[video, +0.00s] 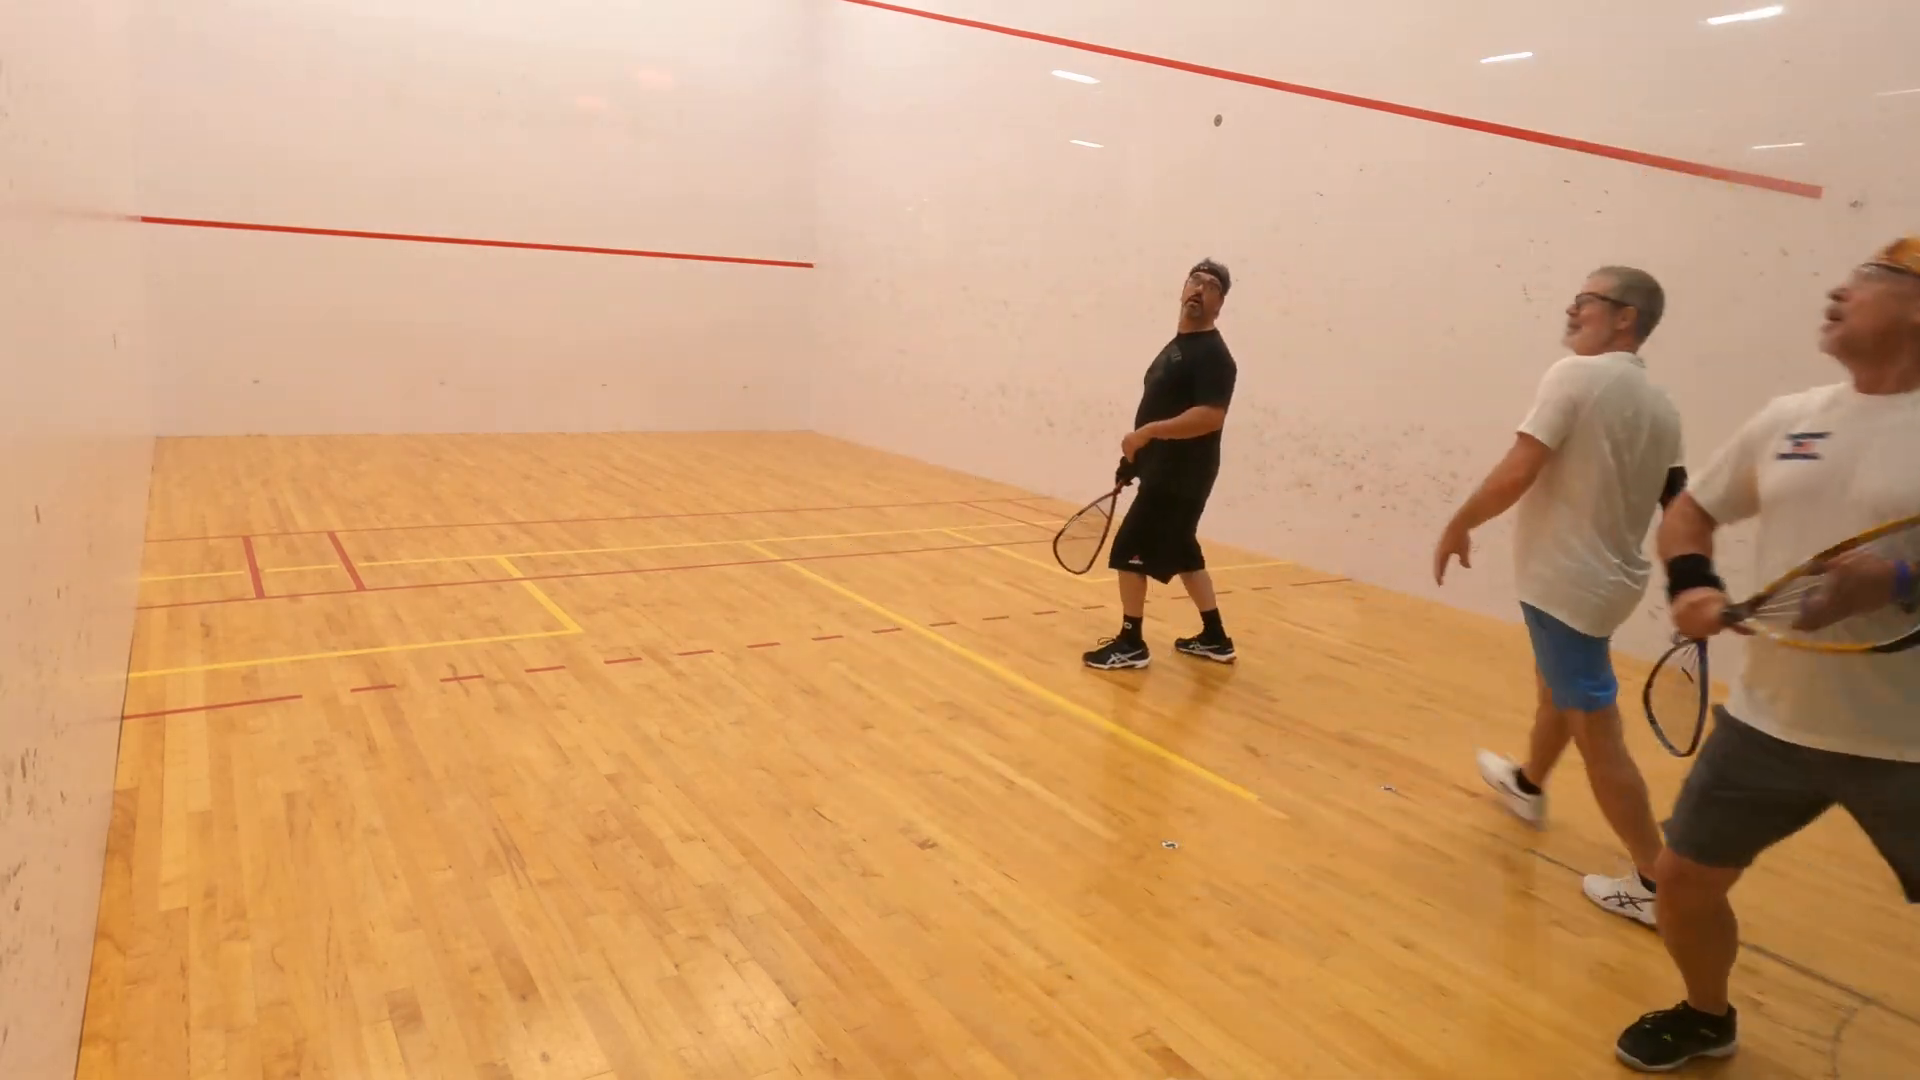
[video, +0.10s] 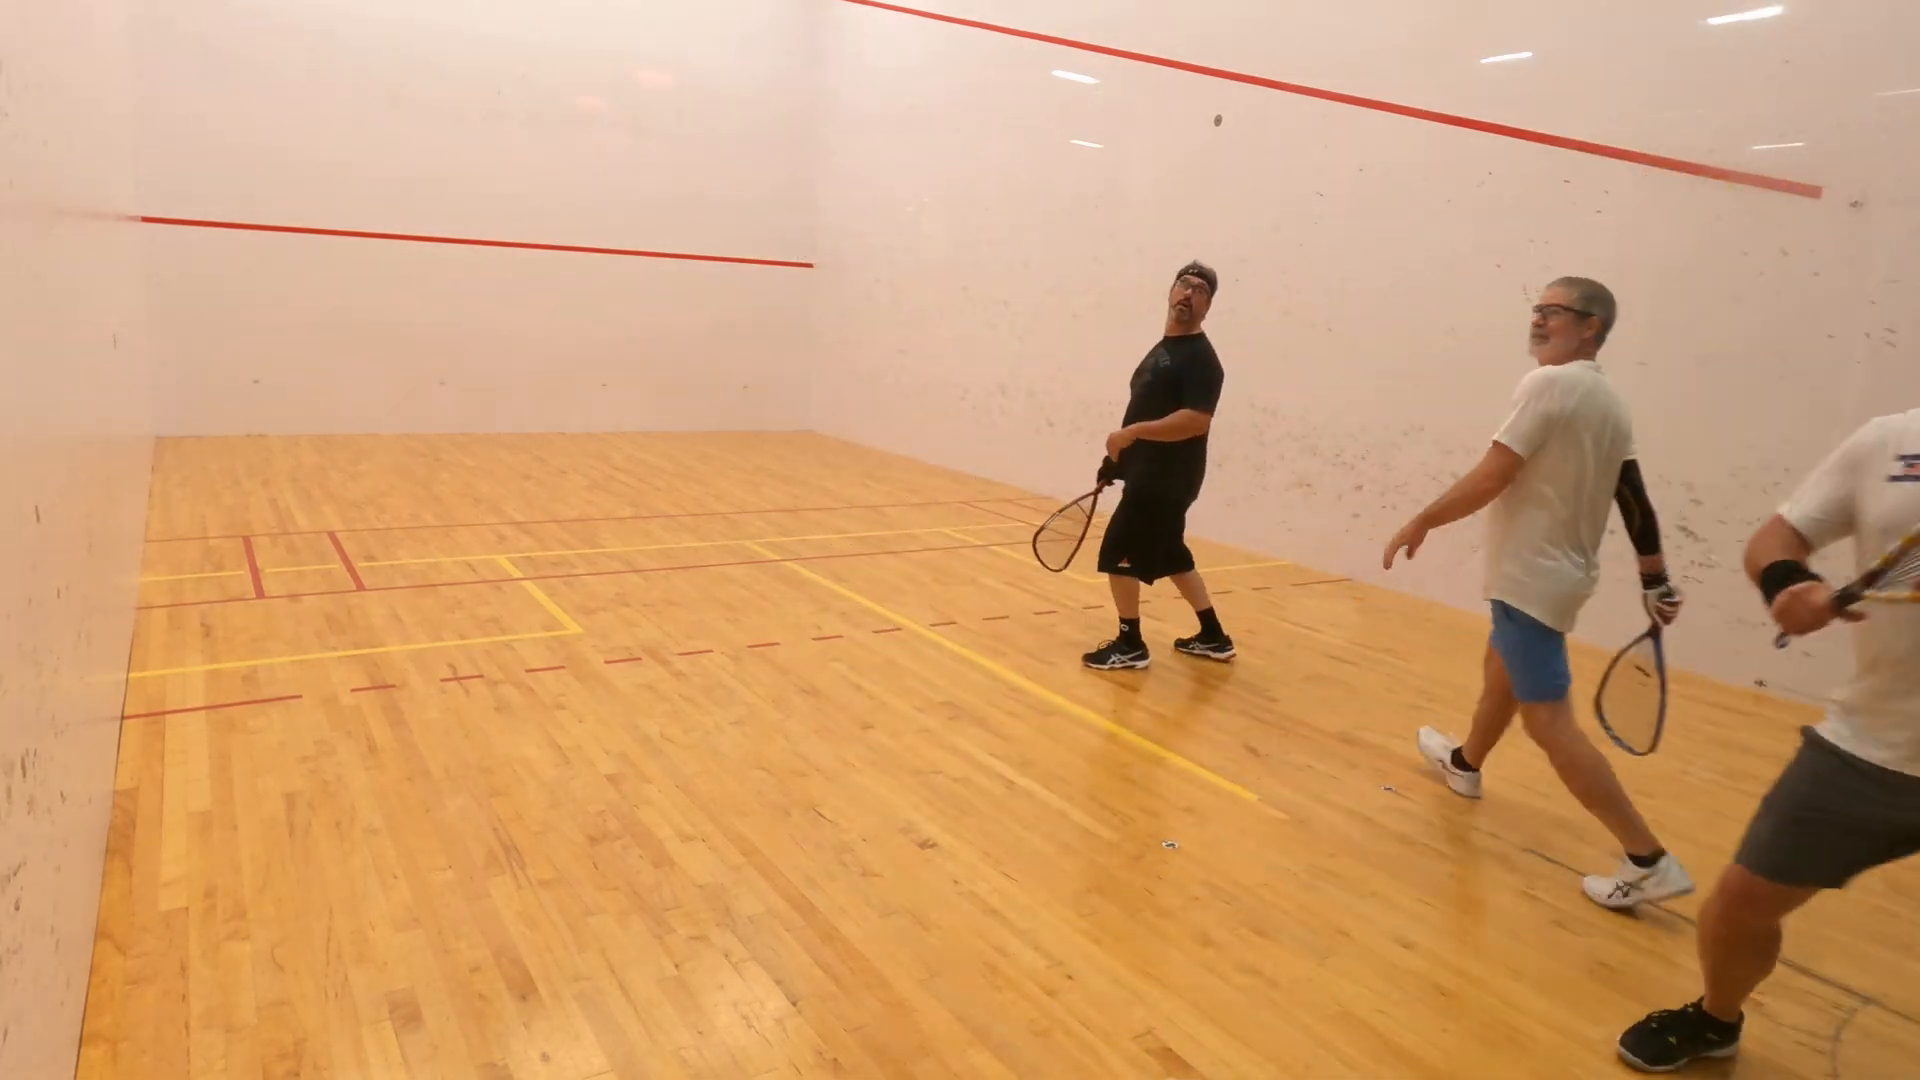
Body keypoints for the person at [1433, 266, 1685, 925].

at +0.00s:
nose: (1571, 312)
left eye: (1587, 302)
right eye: (1575, 300)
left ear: (1626, 318)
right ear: (1630, 321)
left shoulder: (1575, 377)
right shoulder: (1661, 404)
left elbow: (1518, 471)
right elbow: (1677, 506)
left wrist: (1460, 523)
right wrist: (1694, 587)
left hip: (1559, 583)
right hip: (1617, 585)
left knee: (1600, 737)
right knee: (1557, 686)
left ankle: (1655, 881)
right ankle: (1529, 784)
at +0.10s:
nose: (1534, 323)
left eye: (1548, 314)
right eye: (1536, 312)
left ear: (1590, 328)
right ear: (1588, 331)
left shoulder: (1547, 387)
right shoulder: (1610, 403)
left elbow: (1491, 477)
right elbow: (1633, 499)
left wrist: (1424, 521)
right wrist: (1656, 575)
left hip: (1527, 583)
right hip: (1566, 583)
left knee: (1554, 729)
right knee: (1502, 664)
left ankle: (1651, 861)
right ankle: (1465, 763)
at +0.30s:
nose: (1476, 310)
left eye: (1489, 303)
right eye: (1475, 302)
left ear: (1525, 315)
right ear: (1522, 321)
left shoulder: (1495, 367)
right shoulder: (1529, 375)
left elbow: (1452, 458)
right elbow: (1531, 480)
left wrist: (1397, 506)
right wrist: (1499, 534)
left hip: (1457, 544)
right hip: (1493, 544)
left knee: (1389, 657)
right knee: (1449, 644)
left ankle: (1498, 753)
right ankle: (1458, 757)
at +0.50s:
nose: (1407, 307)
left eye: (1418, 299)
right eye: (1408, 298)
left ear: (1453, 309)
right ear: (1453, 312)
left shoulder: (1417, 356)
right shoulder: (1466, 371)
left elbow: (1380, 440)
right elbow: (1434, 460)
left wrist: (1335, 496)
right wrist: (1364, 508)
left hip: (1391, 530)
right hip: (1436, 534)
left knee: (1311, 622)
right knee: (1428, 639)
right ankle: (1457, 756)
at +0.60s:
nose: (1362, 317)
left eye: (1373, 308)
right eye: (1365, 308)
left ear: (1405, 318)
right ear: (1408, 321)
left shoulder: (1362, 366)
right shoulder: (1431, 386)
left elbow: (1323, 451)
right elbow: (1402, 474)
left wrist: (1291, 506)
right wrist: (1333, 517)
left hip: (1350, 538)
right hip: (1403, 544)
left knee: (1267, 616)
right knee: (1412, 643)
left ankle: (1219, 711)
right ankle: (1455, 754)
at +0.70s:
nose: (1312, 318)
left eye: (1321, 309)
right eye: (1316, 308)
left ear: (1350, 316)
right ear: (1358, 320)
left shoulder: (1306, 364)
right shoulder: (1383, 385)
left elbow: (1267, 447)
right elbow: (1381, 471)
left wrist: (1240, 504)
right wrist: (1307, 500)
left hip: (1296, 531)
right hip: (1357, 538)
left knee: (1221, 608)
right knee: (1386, 635)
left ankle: (1202, 714)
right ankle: (1443, 741)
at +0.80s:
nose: (1259, 303)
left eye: (1266, 295)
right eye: (1263, 294)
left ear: (1288, 302)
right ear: (1303, 307)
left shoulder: (1250, 348)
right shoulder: (1329, 368)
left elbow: (1211, 427)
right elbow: (1341, 451)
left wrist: (1188, 482)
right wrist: (1289, 477)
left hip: (1245, 517)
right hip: (1305, 523)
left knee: (1196, 604)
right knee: (1323, 615)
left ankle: (1201, 715)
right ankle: (1377, 719)